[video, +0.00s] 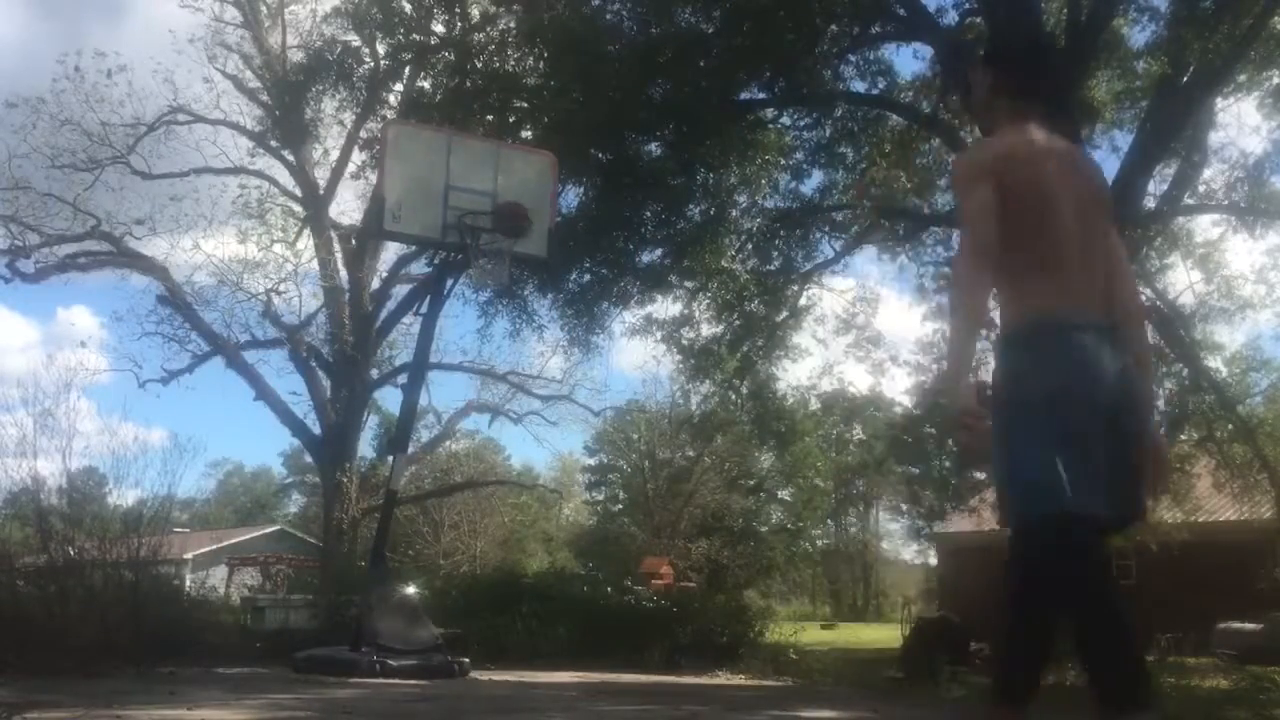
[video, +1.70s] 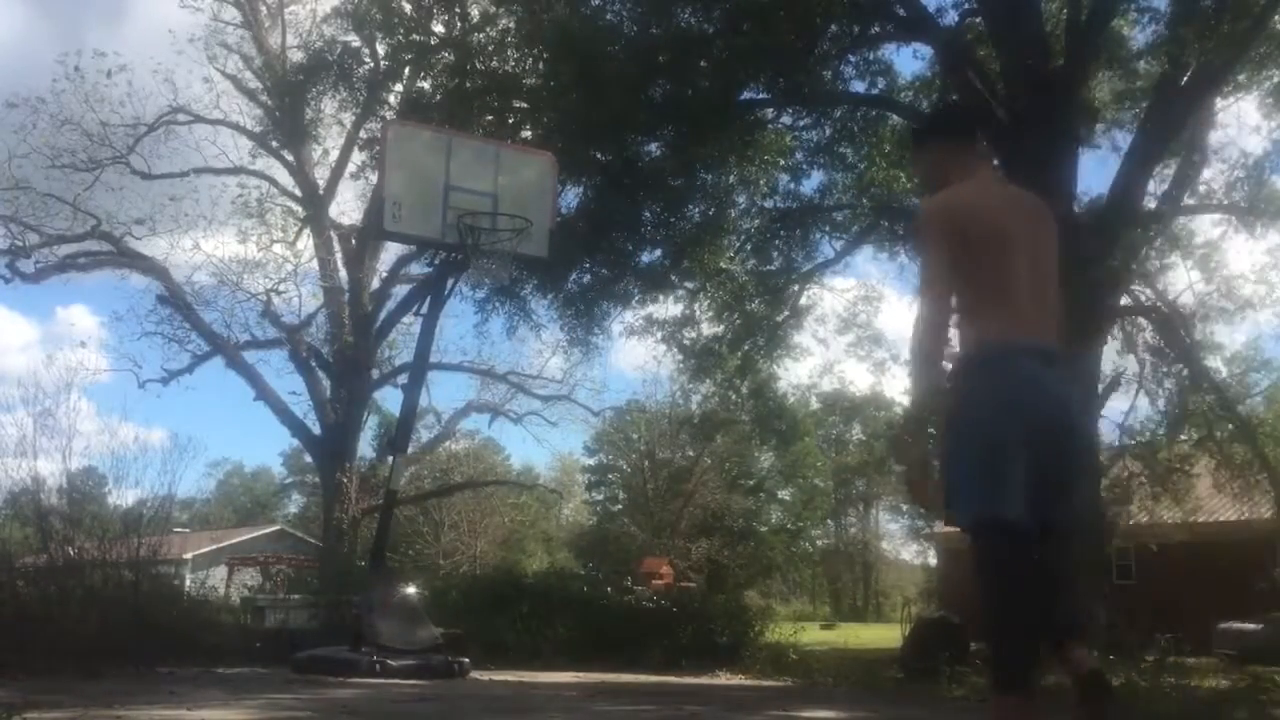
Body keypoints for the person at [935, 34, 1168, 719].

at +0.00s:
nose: (971, 100)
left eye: (975, 87)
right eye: (972, 88)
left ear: (994, 84)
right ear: (1045, 87)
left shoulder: (982, 158)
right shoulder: (1084, 167)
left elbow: (977, 262)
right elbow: (1126, 296)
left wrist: (957, 374)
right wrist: (1147, 412)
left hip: (1039, 358)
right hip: (1110, 359)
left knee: (1069, 552)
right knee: (1042, 554)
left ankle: (1129, 702)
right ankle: (1010, 701)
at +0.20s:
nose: (1028, 68)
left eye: (1032, 57)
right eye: (1031, 58)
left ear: (1047, 57)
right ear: (1104, 61)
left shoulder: (1031, 133)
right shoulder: (1140, 142)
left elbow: (1020, 262)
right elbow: (1133, 247)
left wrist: (988, 375)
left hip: (1083, 341)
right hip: (1161, 341)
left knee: (1091, 537)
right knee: (1109, 534)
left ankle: (1129, 700)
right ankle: (1118, 694)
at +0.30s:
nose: (1055, 58)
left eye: (1059, 46)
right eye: (1061, 46)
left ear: (1070, 48)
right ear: (1133, 55)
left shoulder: (1046, 132)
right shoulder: (1165, 140)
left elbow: (1033, 252)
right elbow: (1153, 248)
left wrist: (1009, 326)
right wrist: (1054, 308)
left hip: (1091, 338)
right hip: (1172, 337)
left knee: (1110, 537)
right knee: (1173, 537)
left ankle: (1145, 700)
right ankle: (1173, 697)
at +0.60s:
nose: (1112, 68)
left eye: (1116, 56)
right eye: (1117, 56)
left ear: (1127, 56)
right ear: (1188, 60)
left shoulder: (1091, 144)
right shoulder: (1233, 147)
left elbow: (1072, 269)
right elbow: (1225, 247)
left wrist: (1061, 348)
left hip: (1139, 350)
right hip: (1233, 345)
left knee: (1119, 539)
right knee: (1243, 543)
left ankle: (1137, 696)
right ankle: (1258, 701)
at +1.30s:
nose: (1038, 153)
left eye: (1040, 141)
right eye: (1041, 141)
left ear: (1052, 136)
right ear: (1101, 132)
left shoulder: (1047, 191)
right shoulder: (1165, 194)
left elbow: (1058, 303)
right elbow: (1192, 306)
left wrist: (1065, 424)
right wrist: (1183, 380)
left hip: (1103, 378)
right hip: (1185, 377)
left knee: (1068, 551)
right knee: (1203, 552)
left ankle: (1046, 698)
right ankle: (1243, 703)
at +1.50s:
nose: (972, 178)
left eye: (974, 164)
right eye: (969, 165)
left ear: (998, 155)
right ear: (1040, 153)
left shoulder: (992, 203)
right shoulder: (1096, 206)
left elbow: (997, 316)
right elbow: (1106, 305)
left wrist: (1001, 423)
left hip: (1040, 374)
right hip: (1116, 372)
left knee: (1036, 547)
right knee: (1127, 546)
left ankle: (1025, 693)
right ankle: (1197, 685)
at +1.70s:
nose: (922, 176)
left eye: (923, 164)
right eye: (920, 164)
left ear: (941, 156)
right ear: (981, 150)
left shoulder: (943, 209)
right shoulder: (1037, 209)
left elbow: (935, 312)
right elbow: (1046, 307)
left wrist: (921, 398)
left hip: (991, 379)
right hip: (1053, 379)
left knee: (997, 539)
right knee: (1046, 533)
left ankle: (1011, 690)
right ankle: (1080, 662)